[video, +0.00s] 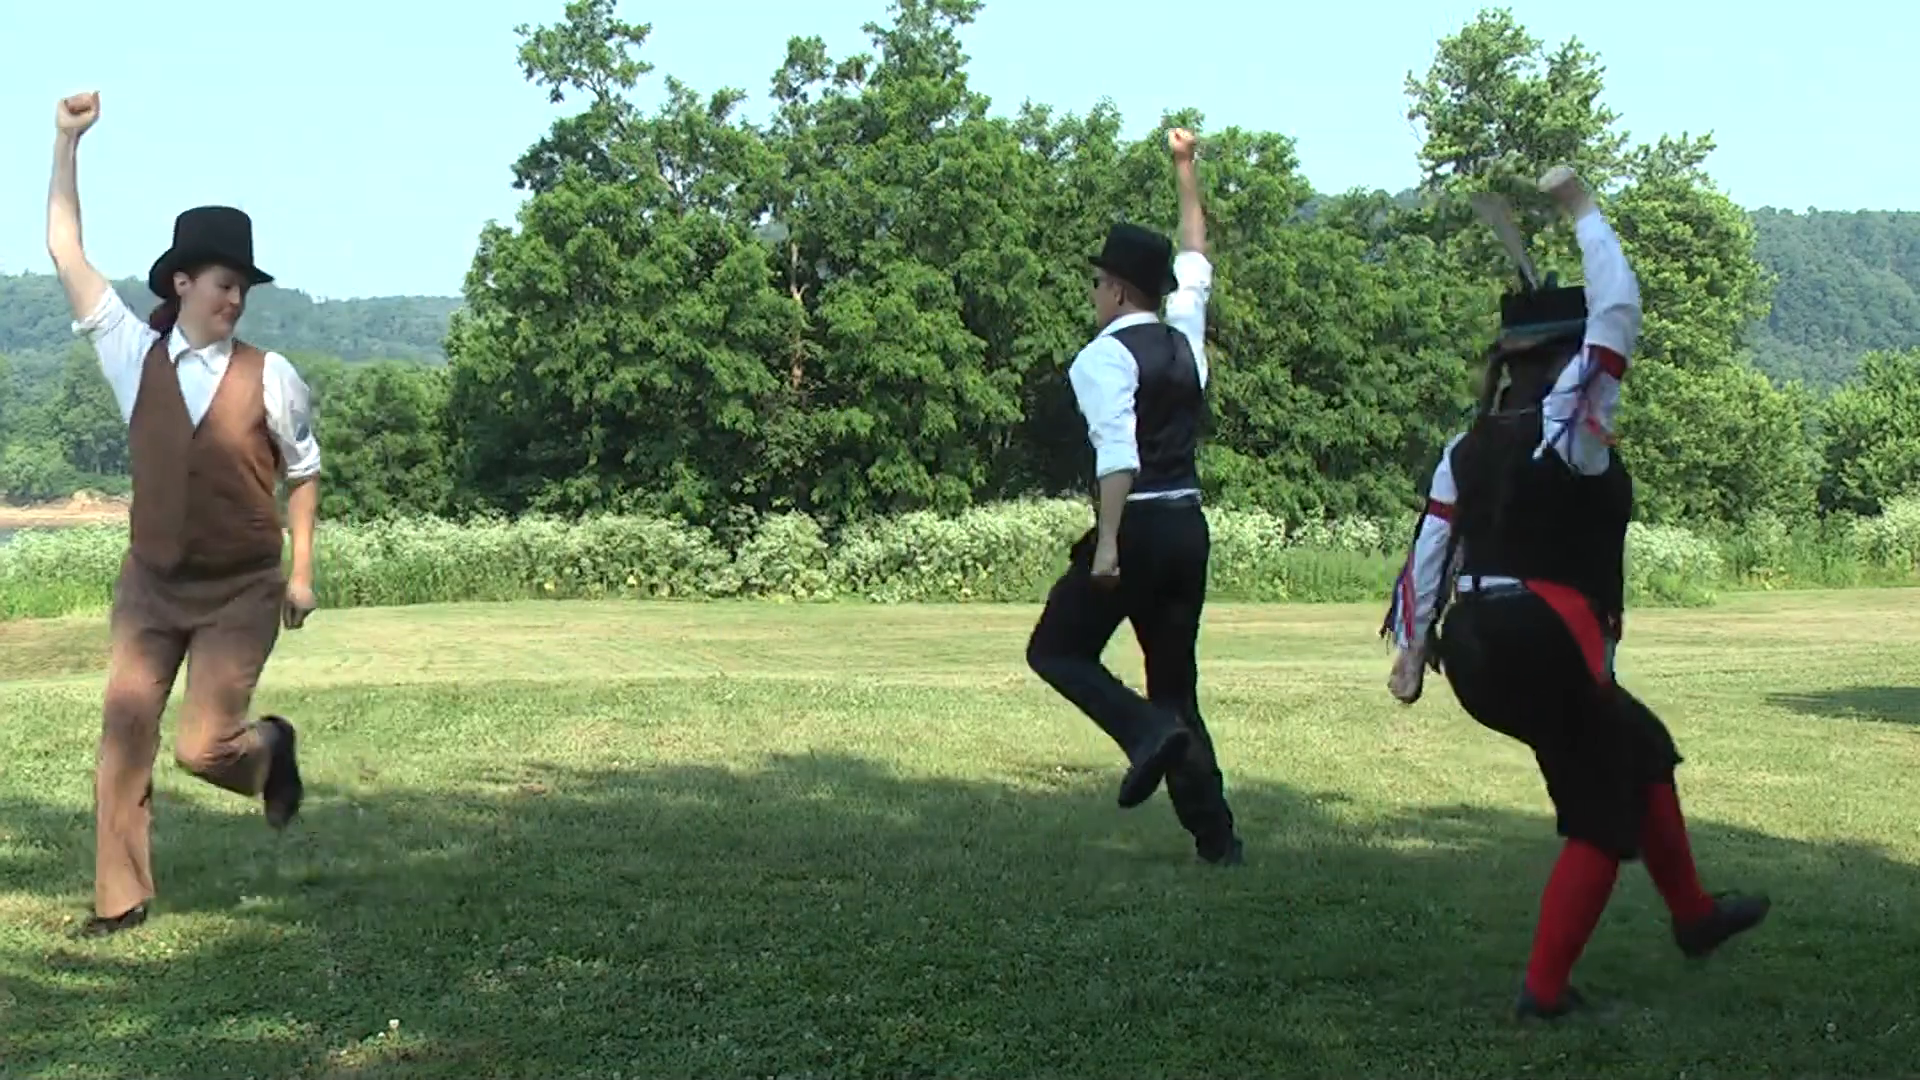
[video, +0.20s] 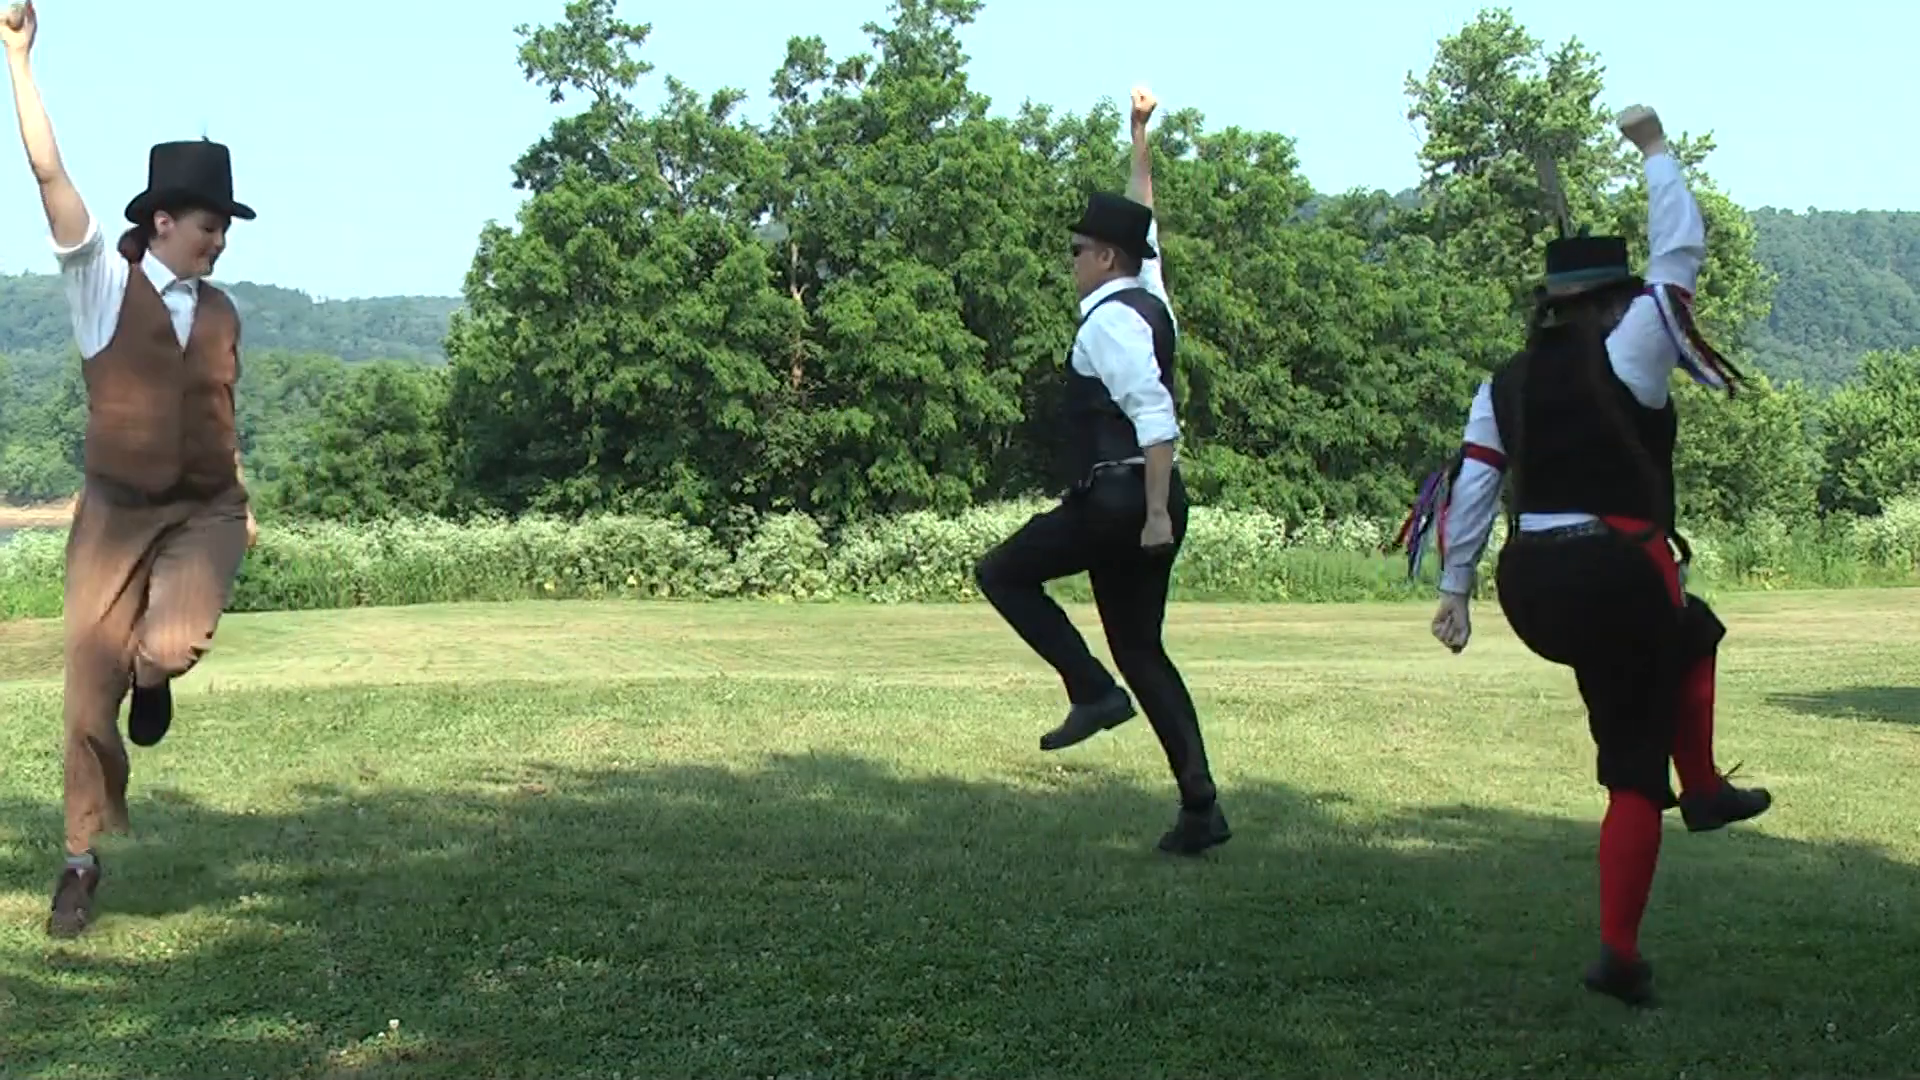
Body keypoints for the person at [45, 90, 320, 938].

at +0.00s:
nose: (237, 300)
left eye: (243, 288)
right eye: (225, 284)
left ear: (244, 294)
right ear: (178, 284)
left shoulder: (271, 377)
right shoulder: (133, 350)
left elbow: (303, 474)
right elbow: (68, 253)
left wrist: (300, 567)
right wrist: (66, 142)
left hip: (243, 588)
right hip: (150, 582)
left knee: (204, 748)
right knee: (125, 721)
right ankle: (121, 896)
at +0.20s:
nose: (220, 237)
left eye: (225, 225)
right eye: (208, 223)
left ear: (216, 231)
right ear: (161, 219)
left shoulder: (222, 309)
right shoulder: (104, 279)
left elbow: (223, 419)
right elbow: (49, 170)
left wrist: (239, 501)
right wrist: (18, 54)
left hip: (208, 509)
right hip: (114, 508)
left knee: (172, 650)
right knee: (91, 697)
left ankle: (146, 675)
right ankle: (81, 854)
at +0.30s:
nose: (207, 248)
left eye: (212, 236)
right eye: (197, 232)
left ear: (193, 244)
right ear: (148, 230)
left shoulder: (203, 329)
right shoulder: (82, 296)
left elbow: (191, 433)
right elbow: (25, 200)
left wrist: (215, 510)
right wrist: (53, 89)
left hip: (182, 531)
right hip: (93, 530)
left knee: (171, 660)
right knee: (69, 722)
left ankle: (116, 692)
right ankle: (34, 894)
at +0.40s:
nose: (198, 290)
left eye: (202, 276)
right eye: (187, 272)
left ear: (179, 280)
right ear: (136, 271)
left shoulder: (188, 377)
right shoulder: (76, 349)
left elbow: (178, 485)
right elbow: (7, 301)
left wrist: (233, 538)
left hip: (165, 578)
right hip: (73, 577)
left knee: (164, 707)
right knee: (54, 760)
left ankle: (87, 747)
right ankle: (11, 921)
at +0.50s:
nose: (206, 305)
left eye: (210, 291)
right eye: (197, 287)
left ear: (166, 290)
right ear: (149, 283)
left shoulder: (183, 379)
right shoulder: (81, 366)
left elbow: (211, 489)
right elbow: (17, 445)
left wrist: (291, 467)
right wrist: (128, 418)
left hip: (160, 593)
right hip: (76, 593)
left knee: (183, 718)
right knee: (59, 776)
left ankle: (88, 816)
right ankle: (17, 929)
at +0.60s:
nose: (225, 299)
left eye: (229, 286)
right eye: (217, 281)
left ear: (181, 281)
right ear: (168, 273)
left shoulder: (202, 368)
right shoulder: (113, 370)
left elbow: (291, 402)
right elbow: (90, 497)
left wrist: (335, 330)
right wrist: (192, 564)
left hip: (172, 586)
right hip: (92, 589)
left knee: (226, 700)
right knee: (65, 766)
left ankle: (151, 857)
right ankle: (17, 927)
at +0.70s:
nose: (264, 278)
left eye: (266, 266)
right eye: (254, 263)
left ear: (233, 271)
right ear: (202, 265)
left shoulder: (250, 342)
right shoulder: (160, 362)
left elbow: (322, 295)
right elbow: (144, 491)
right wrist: (205, 591)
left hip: (216, 578)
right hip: (136, 577)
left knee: (272, 701)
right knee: (85, 752)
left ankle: (210, 881)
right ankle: (11, 902)